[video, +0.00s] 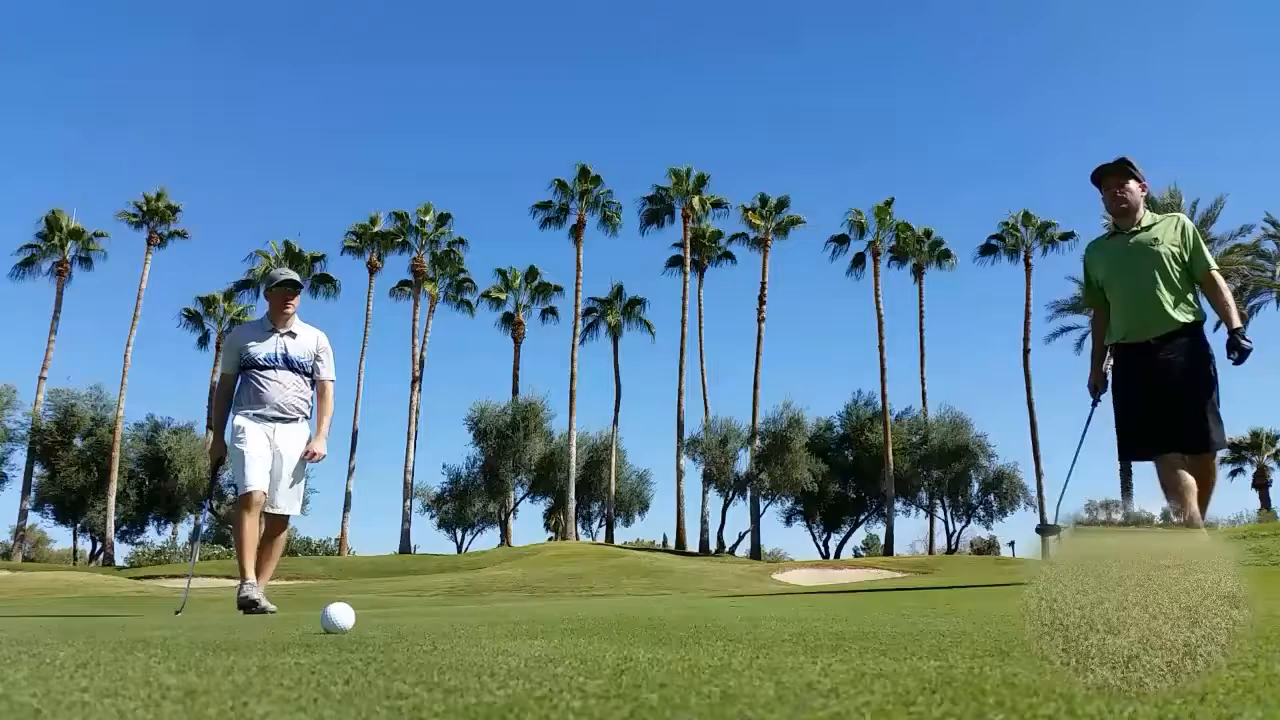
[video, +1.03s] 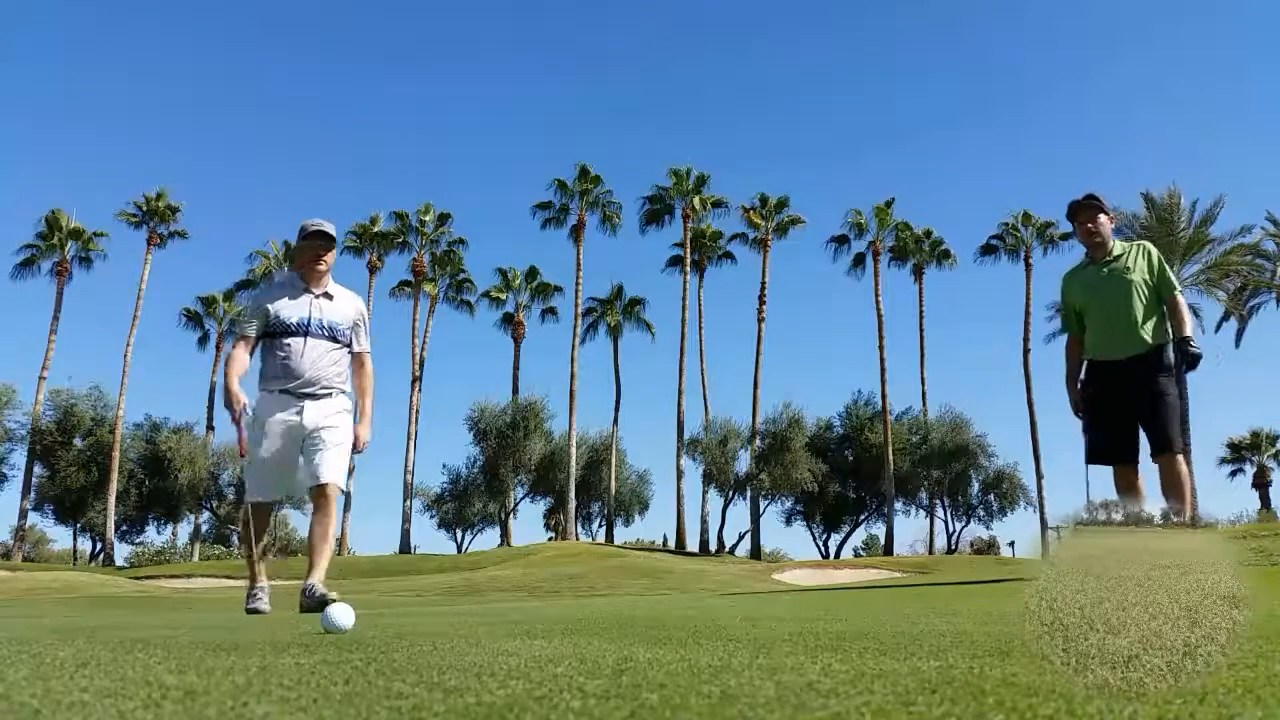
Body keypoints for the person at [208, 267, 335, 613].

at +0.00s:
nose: (289, 296)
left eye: (294, 291)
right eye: (282, 291)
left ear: (301, 297)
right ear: (267, 295)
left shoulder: (316, 340)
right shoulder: (240, 336)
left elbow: (325, 392)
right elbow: (224, 388)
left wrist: (321, 436)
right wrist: (217, 435)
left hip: (293, 428)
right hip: (249, 424)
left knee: (280, 512)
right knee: (253, 495)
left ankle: (258, 590)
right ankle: (247, 583)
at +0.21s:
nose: (287, 293)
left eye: (292, 287)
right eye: (280, 287)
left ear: (300, 293)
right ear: (266, 292)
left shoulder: (317, 336)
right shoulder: (241, 335)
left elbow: (328, 387)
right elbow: (224, 387)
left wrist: (323, 432)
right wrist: (216, 435)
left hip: (297, 429)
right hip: (252, 426)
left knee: (282, 515)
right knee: (254, 498)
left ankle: (258, 592)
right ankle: (256, 581)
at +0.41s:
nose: (285, 284)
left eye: (291, 278)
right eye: (277, 278)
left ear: (300, 285)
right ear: (264, 284)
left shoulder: (320, 328)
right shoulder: (242, 326)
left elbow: (334, 379)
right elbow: (224, 381)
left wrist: (332, 426)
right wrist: (215, 431)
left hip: (302, 424)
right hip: (255, 419)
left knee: (286, 514)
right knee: (256, 498)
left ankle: (260, 586)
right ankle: (257, 587)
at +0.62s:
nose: (288, 268)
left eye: (294, 263)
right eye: (280, 263)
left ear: (302, 270)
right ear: (266, 269)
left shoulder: (324, 314)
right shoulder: (243, 315)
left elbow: (341, 366)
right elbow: (223, 370)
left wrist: (343, 414)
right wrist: (208, 419)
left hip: (309, 414)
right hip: (258, 412)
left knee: (311, 503)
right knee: (252, 500)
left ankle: (280, 560)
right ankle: (256, 586)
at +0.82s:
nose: (300, 259)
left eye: (307, 253)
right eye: (293, 252)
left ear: (315, 260)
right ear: (277, 257)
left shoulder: (333, 307)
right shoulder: (248, 303)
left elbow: (349, 361)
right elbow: (226, 355)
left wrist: (353, 407)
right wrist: (206, 399)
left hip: (317, 408)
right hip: (264, 407)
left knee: (320, 484)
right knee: (252, 499)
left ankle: (308, 579)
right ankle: (256, 586)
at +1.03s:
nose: (320, 253)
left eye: (327, 247)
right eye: (312, 246)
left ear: (335, 254)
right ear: (296, 251)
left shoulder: (352, 304)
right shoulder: (268, 295)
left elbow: (362, 363)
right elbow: (244, 345)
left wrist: (365, 420)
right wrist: (231, 382)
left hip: (331, 406)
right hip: (275, 405)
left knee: (326, 491)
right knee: (260, 499)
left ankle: (314, 584)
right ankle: (258, 583)